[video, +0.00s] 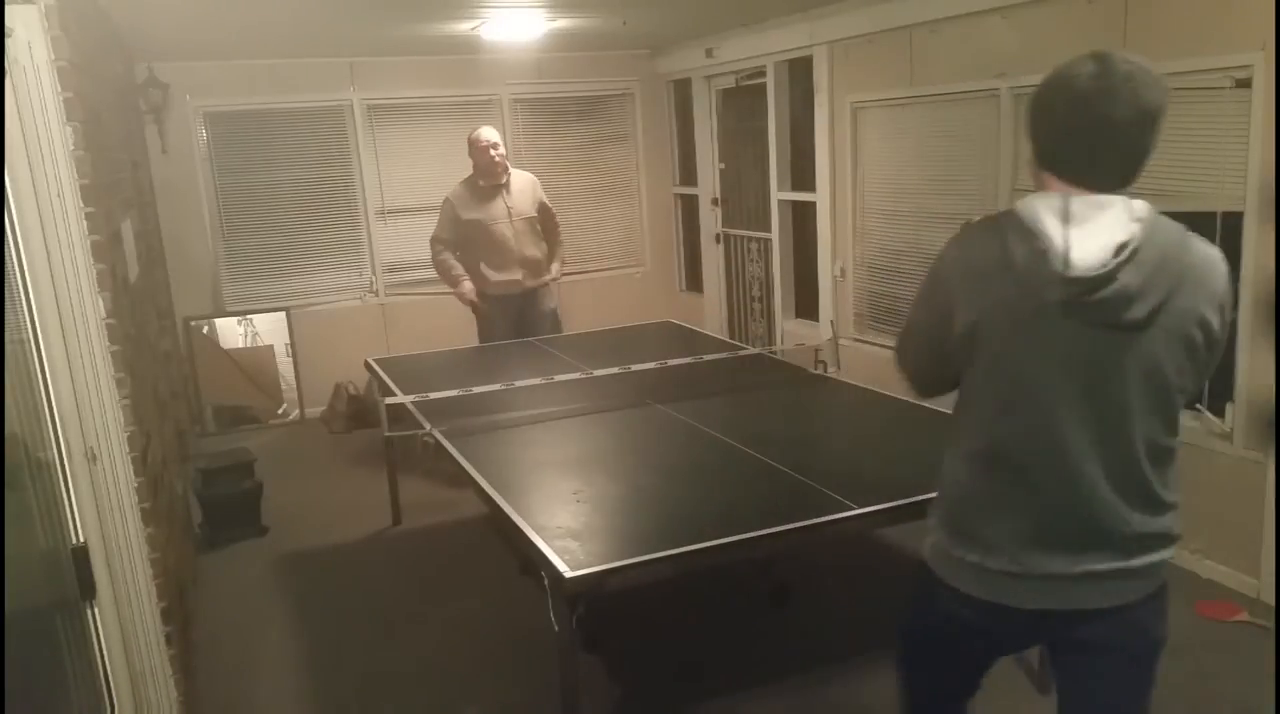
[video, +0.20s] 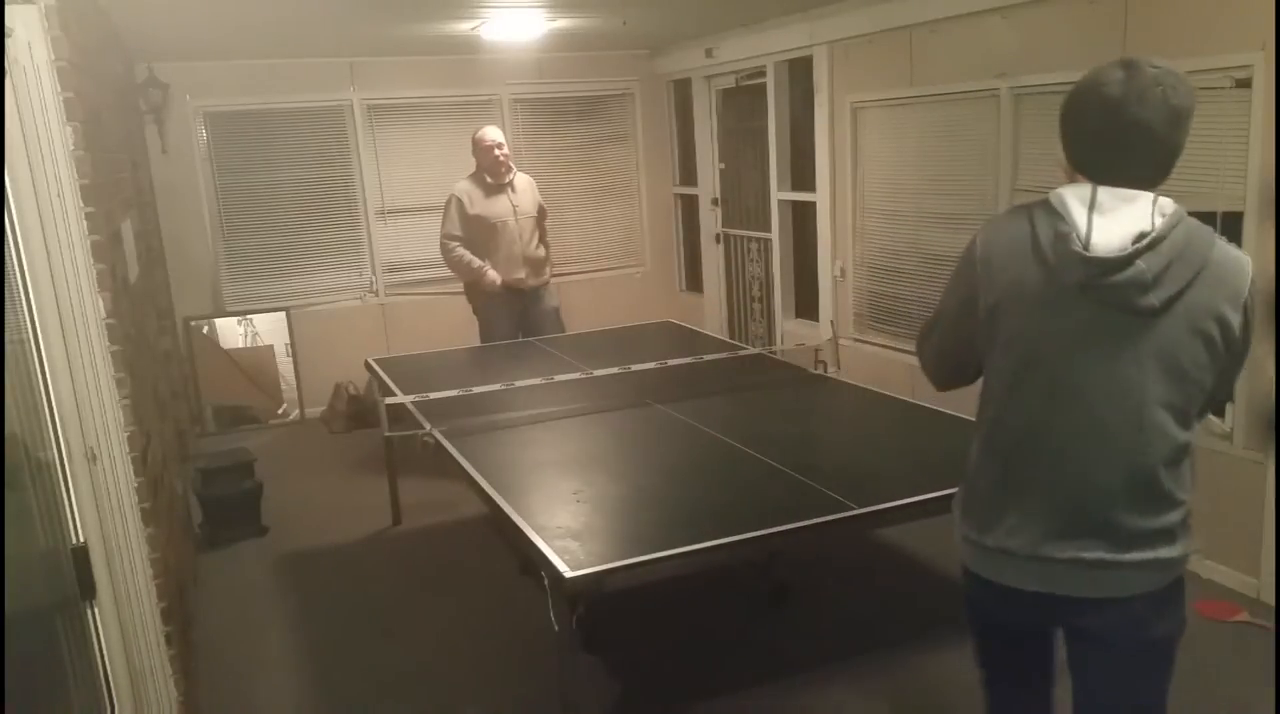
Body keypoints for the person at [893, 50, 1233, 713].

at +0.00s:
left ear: (1037, 143)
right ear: (1142, 155)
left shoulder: (980, 250)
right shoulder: (1203, 269)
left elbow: (922, 370)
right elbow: (1207, 389)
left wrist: (1011, 314)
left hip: (977, 585)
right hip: (1120, 597)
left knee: (931, 697)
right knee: (1109, 706)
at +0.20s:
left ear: (1068, 143)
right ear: (1169, 160)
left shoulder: (1000, 246)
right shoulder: (1226, 273)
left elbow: (942, 364)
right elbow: (1213, 395)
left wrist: (1029, 320)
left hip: (1004, 571)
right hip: (1135, 584)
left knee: (1014, 705)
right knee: (1124, 705)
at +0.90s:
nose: (887, 178)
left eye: (889, 164)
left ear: (896, 174)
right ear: (980, 167)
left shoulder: (880, 286)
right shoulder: (1061, 270)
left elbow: (848, 447)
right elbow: (1079, 404)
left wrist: (831, 574)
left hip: (917, 582)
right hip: (1041, 574)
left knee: (876, 703)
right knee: (1050, 701)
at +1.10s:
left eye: (877, 157)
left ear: (880, 169)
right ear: (968, 165)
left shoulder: (847, 283)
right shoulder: (1050, 266)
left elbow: (805, 440)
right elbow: (1099, 408)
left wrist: (798, 557)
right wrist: (1073, 484)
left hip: (894, 581)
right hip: (1034, 573)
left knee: (873, 705)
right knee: (1055, 706)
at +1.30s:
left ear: (876, 162)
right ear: (966, 158)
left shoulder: (839, 278)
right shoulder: (1046, 261)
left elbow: (793, 430)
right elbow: (1101, 407)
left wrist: (786, 539)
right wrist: (1072, 492)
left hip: (893, 578)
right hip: (1033, 569)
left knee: (876, 705)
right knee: (1065, 704)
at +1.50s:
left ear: (886, 161)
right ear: (976, 156)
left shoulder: (845, 279)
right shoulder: (1056, 264)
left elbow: (796, 427)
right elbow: (1107, 412)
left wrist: (789, 522)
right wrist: (1070, 490)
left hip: (896, 578)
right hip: (1040, 570)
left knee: (878, 707)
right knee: (1078, 705)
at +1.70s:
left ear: (908, 168)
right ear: (999, 161)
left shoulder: (868, 286)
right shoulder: (1080, 271)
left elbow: (820, 431)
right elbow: (1124, 417)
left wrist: (817, 514)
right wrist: (1074, 485)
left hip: (918, 583)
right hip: (1059, 577)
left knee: (885, 705)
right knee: (1088, 707)